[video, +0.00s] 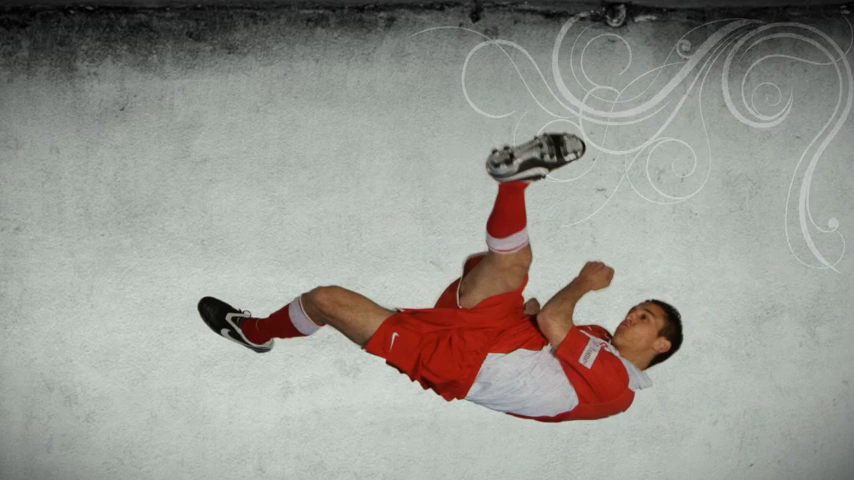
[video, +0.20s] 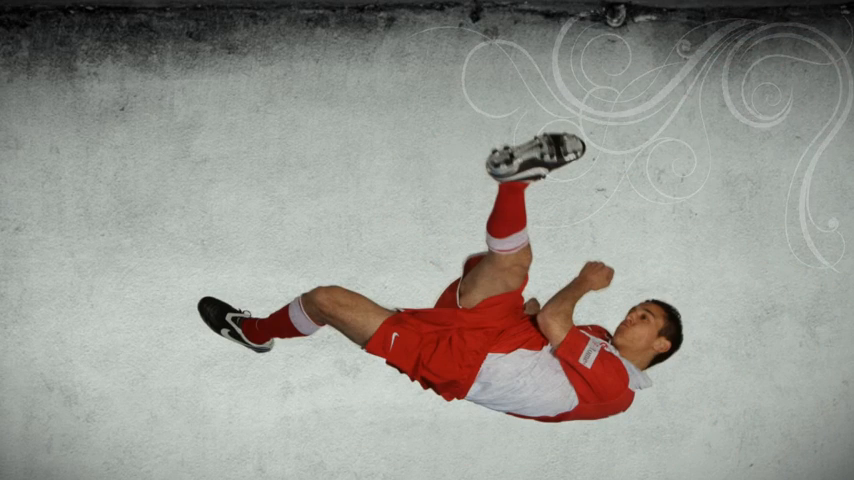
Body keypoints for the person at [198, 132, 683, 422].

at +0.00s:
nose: (633, 318)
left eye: (645, 319)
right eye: (636, 314)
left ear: (659, 347)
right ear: (631, 326)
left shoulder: (616, 386)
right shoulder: (598, 349)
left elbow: (549, 324)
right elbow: (519, 325)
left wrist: (583, 283)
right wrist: (468, 289)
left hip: (452, 360)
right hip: (482, 323)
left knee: (324, 299)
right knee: (508, 257)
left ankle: (256, 332)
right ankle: (512, 177)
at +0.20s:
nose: (633, 318)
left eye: (645, 319)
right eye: (636, 314)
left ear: (659, 347)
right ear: (631, 326)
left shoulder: (616, 386)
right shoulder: (598, 349)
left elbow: (549, 324)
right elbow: (520, 325)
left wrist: (583, 283)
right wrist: (468, 290)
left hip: (452, 360)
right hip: (482, 323)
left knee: (324, 299)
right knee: (508, 257)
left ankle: (257, 332)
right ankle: (512, 177)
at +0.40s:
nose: (633, 318)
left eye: (645, 319)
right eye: (636, 314)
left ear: (658, 347)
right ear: (631, 326)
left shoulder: (616, 386)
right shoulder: (598, 349)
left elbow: (549, 324)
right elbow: (519, 326)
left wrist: (583, 283)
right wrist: (469, 288)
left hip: (452, 360)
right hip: (482, 324)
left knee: (324, 299)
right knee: (508, 257)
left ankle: (256, 333)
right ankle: (512, 177)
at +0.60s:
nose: (633, 318)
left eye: (645, 319)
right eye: (636, 314)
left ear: (658, 347)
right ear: (631, 326)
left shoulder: (616, 386)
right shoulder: (597, 349)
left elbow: (549, 324)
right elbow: (519, 325)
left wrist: (583, 283)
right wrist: (468, 288)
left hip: (452, 360)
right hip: (482, 323)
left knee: (324, 299)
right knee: (508, 257)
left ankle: (256, 333)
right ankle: (512, 177)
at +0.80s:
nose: (633, 317)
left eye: (645, 319)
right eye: (636, 313)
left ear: (658, 347)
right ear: (631, 326)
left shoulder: (616, 386)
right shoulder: (597, 349)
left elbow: (549, 324)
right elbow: (519, 325)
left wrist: (583, 283)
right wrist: (468, 288)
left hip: (452, 360)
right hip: (482, 323)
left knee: (324, 299)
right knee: (508, 257)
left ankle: (256, 333)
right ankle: (512, 177)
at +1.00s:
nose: (633, 317)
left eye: (645, 319)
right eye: (636, 313)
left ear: (658, 347)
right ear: (631, 326)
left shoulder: (616, 386)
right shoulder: (597, 349)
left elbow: (549, 324)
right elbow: (519, 325)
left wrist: (583, 283)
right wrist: (468, 288)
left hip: (452, 360)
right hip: (482, 323)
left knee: (324, 299)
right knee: (509, 257)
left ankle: (256, 333)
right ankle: (512, 177)